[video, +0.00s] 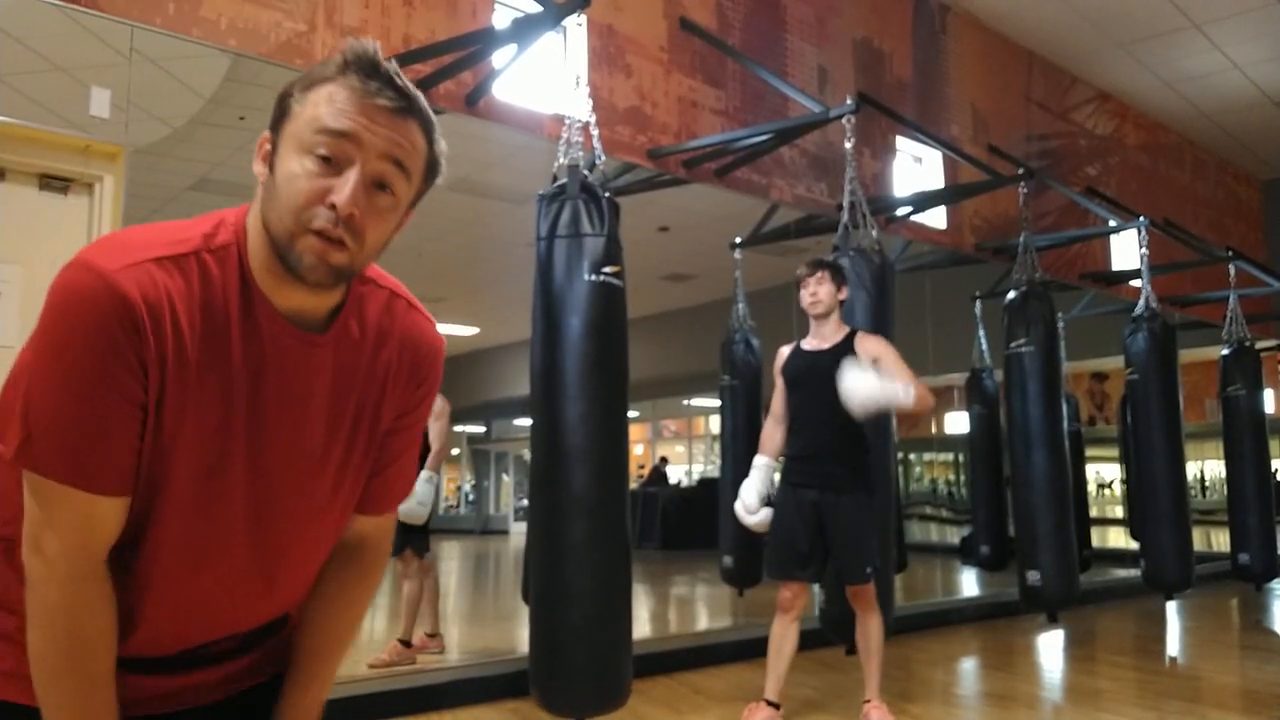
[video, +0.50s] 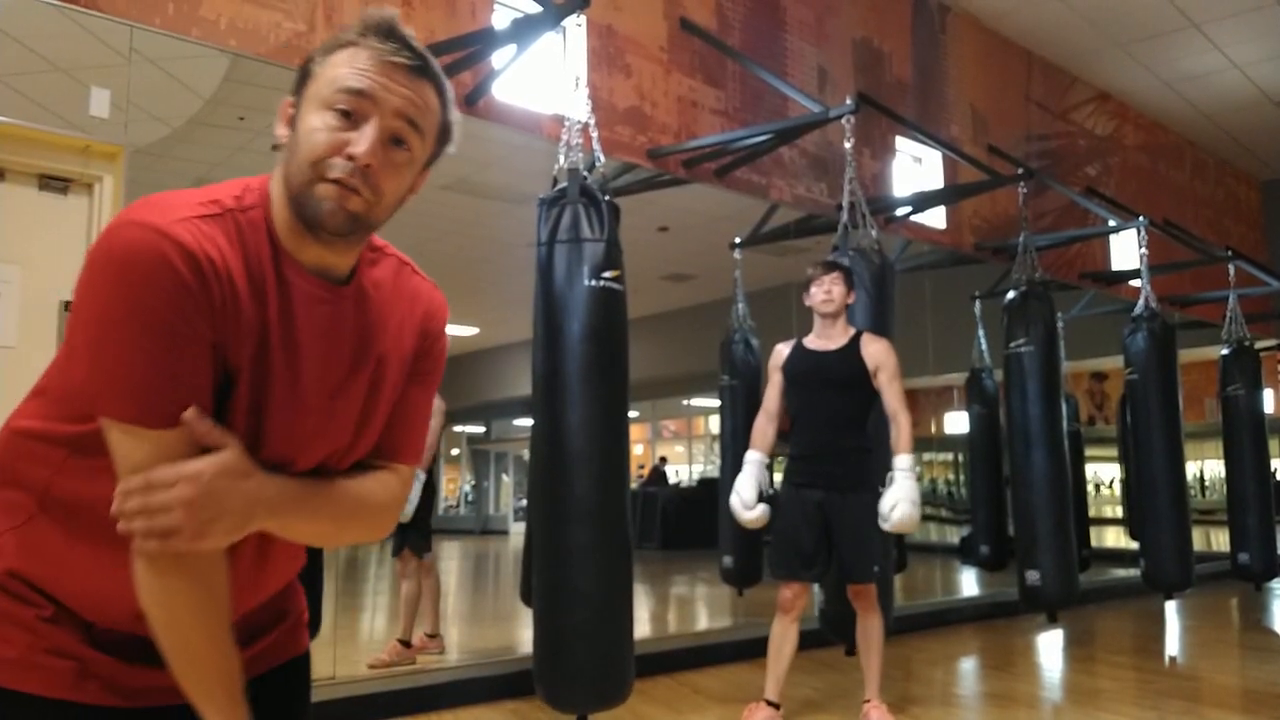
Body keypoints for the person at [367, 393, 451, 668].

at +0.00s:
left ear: (427, 371)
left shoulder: (435, 403)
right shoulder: (395, 402)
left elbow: (438, 447)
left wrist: (424, 484)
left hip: (416, 485)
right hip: (400, 484)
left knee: (408, 564)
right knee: (423, 563)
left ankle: (404, 642)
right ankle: (431, 634)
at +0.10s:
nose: (408, 368)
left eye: (413, 362)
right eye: (409, 361)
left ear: (424, 366)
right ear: (424, 366)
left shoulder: (433, 402)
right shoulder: (404, 401)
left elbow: (437, 448)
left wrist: (423, 485)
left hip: (413, 485)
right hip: (399, 485)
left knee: (407, 564)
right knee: (422, 562)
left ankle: (404, 642)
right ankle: (429, 634)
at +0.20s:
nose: (402, 365)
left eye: (408, 359)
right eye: (405, 359)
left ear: (418, 365)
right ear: (427, 364)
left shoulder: (433, 402)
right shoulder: (405, 397)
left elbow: (435, 448)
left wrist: (422, 484)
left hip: (412, 485)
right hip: (399, 484)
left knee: (408, 564)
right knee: (422, 562)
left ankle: (404, 642)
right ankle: (430, 634)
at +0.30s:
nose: (403, 363)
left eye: (408, 357)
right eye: (406, 356)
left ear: (418, 363)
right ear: (426, 363)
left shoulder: (432, 401)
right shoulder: (403, 396)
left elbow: (432, 448)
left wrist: (419, 483)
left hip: (413, 482)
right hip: (399, 480)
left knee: (408, 564)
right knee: (423, 561)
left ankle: (404, 642)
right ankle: (431, 633)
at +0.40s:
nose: (408, 367)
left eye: (413, 361)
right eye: (411, 360)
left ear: (422, 366)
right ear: (426, 366)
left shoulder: (430, 401)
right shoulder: (406, 399)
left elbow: (430, 446)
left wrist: (415, 482)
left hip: (415, 479)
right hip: (405, 477)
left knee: (407, 563)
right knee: (423, 561)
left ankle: (404, 641)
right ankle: (430, 634)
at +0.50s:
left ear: (422, 371)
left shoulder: (434, 403)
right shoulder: (404, 402)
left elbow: (426, 455)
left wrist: (406, 484)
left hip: (418, 484)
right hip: (410, 483)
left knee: (407, 565)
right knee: (425, 564)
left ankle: (404, 643)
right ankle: (431, 635)